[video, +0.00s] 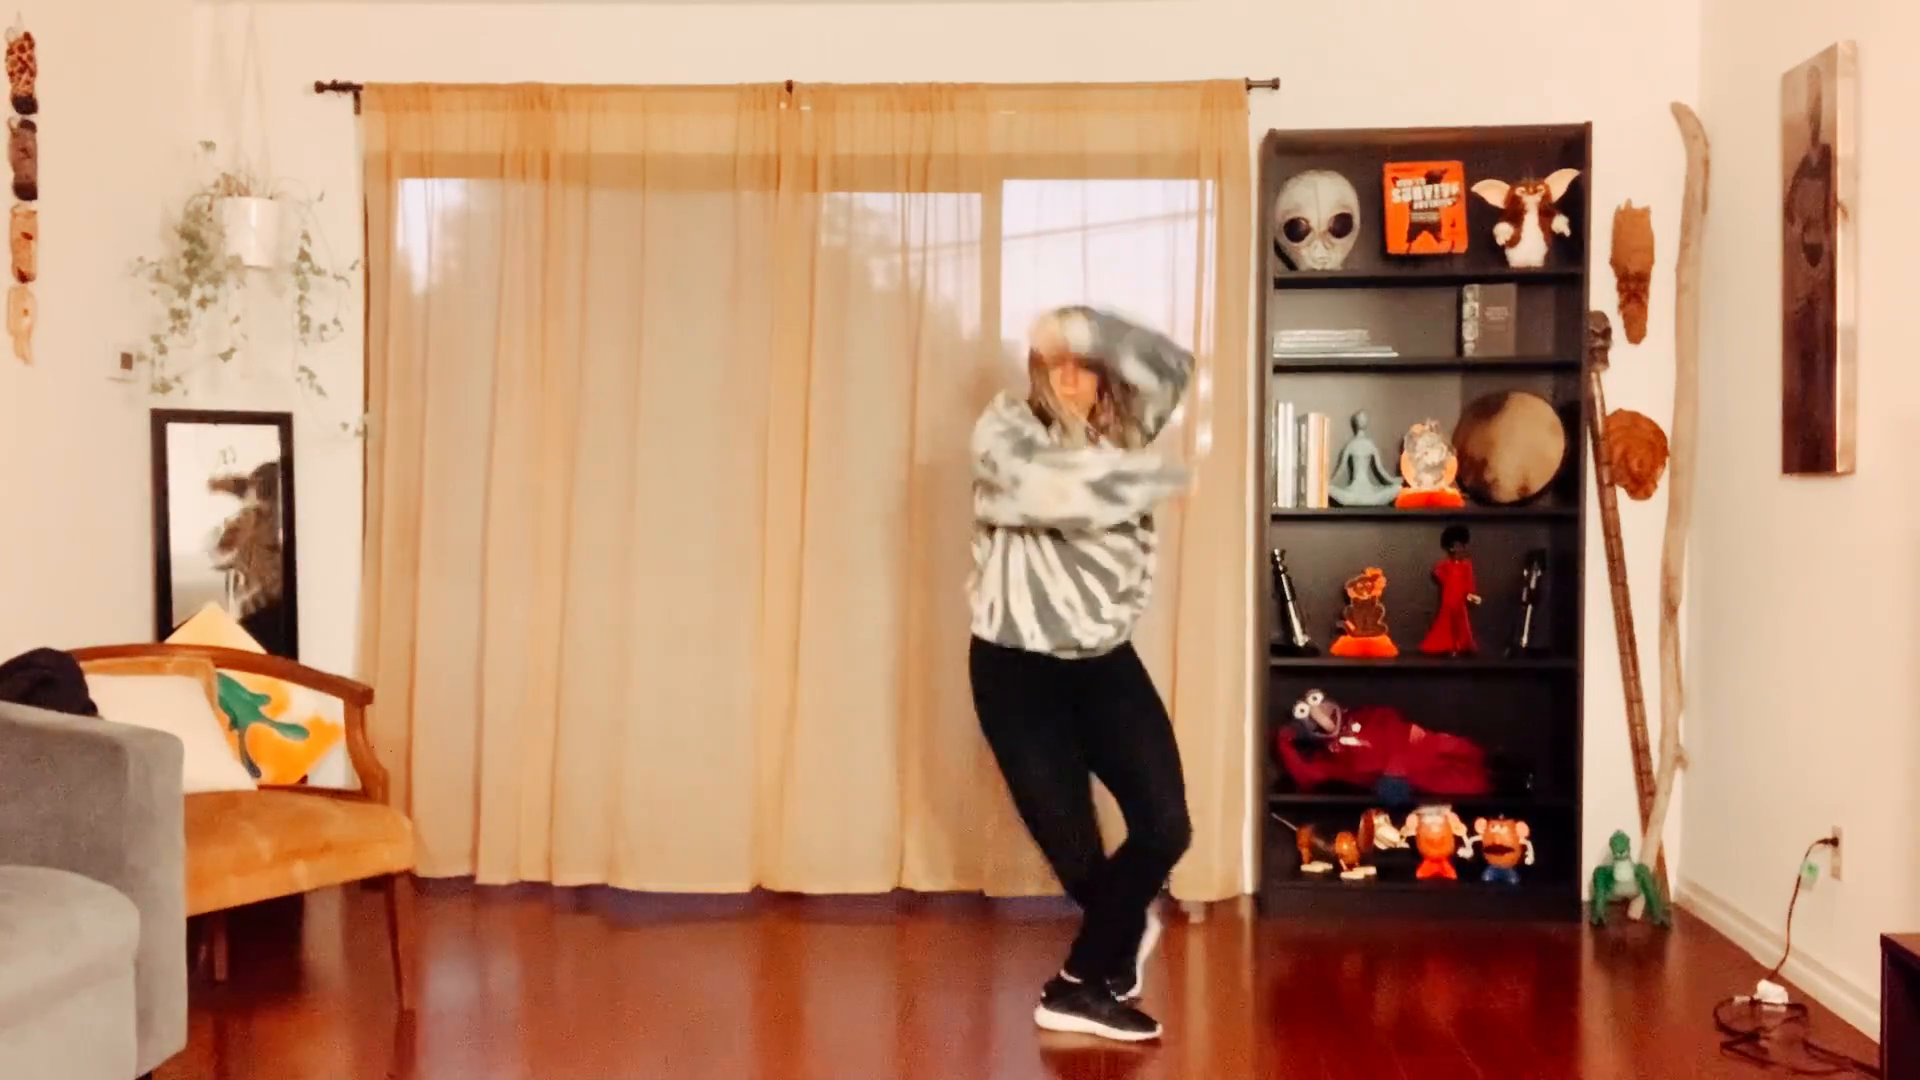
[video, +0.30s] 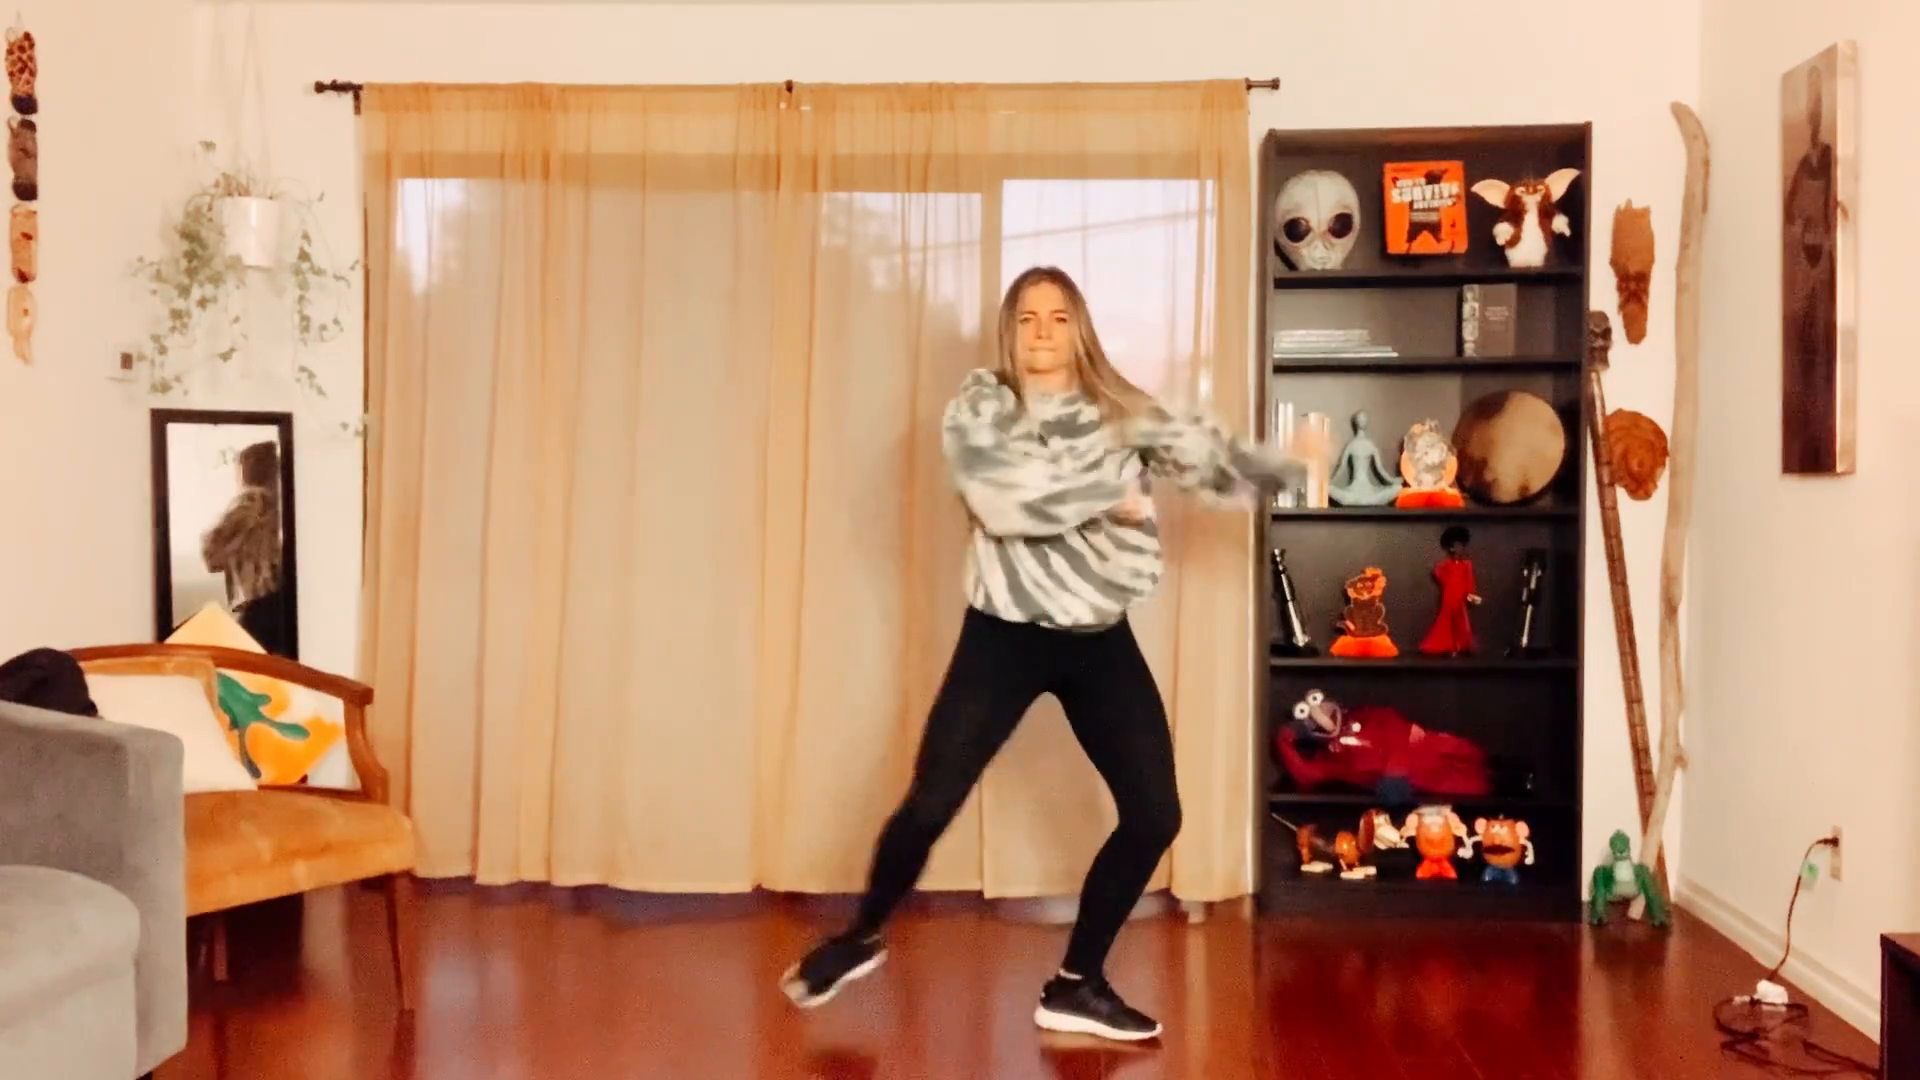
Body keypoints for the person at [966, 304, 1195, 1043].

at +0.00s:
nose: (1062, 381)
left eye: (1075, 367)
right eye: (1048, 367)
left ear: (1104, 373)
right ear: (1034, 373)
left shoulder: (1130, 435)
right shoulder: (1003, 430)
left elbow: (1176, 369)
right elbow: (1041, 491)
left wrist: (1097, 326)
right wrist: (1147, 479)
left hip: (1105, 661)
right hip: (1015, 666)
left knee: (1163, 826)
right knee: (1073, 858)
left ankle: (1080, 990)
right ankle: (1133, 921)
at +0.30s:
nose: (1042, 332)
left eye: (1058, 319)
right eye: (1027, 320)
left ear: (1081, 331)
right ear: (1008, 331)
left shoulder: (1122, 413)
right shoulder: (979, 403)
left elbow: (1209, 462)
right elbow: (997, 504)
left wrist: (1285, 460)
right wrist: (1108, 494)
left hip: (1099, 637)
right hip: (1003, 632)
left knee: (1153, 815)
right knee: (927, 806)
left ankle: (1076, 984)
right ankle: (862, 937)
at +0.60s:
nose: (1014, 317)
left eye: (1027, 305)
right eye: (1000, 305)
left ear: (1049, 317)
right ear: (977, 318)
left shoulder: (1082, 396)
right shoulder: (950, 391)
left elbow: (1162, 466)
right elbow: (951, 493)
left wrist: (1266, 478)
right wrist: (1063, 513)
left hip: (1045, 624)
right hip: (946, 619)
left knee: (1101, 807)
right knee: (880, 800)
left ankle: (1123, 971)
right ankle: (823, 972)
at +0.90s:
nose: (933, 295)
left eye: (950, 282)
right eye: (918, 283)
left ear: (974, 296)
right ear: (899, 298)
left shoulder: (1017, 388)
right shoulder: (860, 371)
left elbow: (1081, 483)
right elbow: (783, 436)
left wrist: (1185, 513)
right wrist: (798, 461)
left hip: (982, 609)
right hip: (885, 608)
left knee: (1020, 786)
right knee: (842, 783)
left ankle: (1090, 962)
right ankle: (820, 971)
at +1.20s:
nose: (849, 297)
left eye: (865, 285)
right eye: (837, 285)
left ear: (894, 297)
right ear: (818, 298)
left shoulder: (928, 395)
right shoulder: (798, 373)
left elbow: (1028, 472)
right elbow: (735, 404)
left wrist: (1137, 521)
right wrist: (719, 371)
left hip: (876, 605)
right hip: (797, 600)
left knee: (809, 779)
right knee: (778, 781)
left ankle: (864, 946)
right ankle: (807, 964)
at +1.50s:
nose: (794, 317)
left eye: (808, 303)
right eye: (793, 304)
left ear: (854, 311)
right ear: (808, 314)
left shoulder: (921, 400)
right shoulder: (784, 412)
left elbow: (1030, 445)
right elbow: (693, 480)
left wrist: (1144, 475)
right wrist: (588, 537)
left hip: (831, 618)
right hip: (769, 614)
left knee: (681, 735)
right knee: (765, 799)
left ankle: (673, 940)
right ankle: (811, 974)